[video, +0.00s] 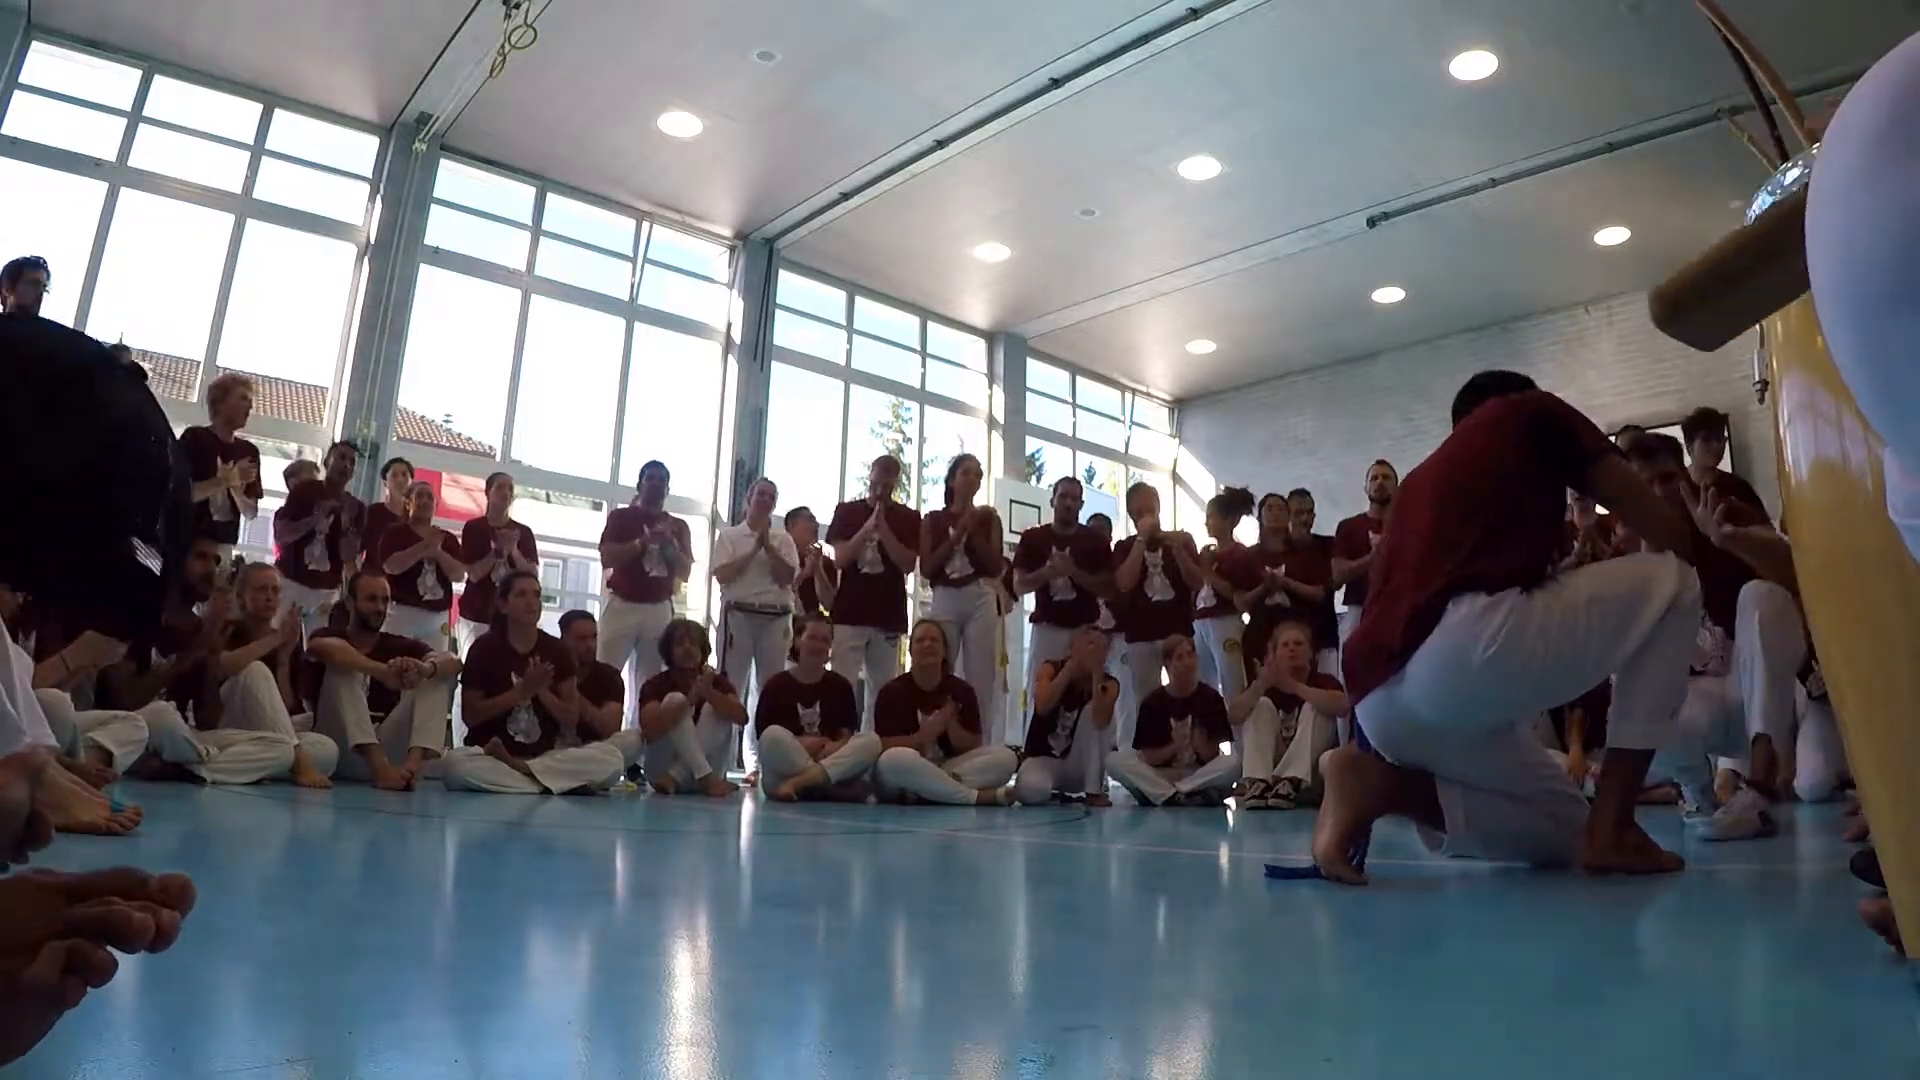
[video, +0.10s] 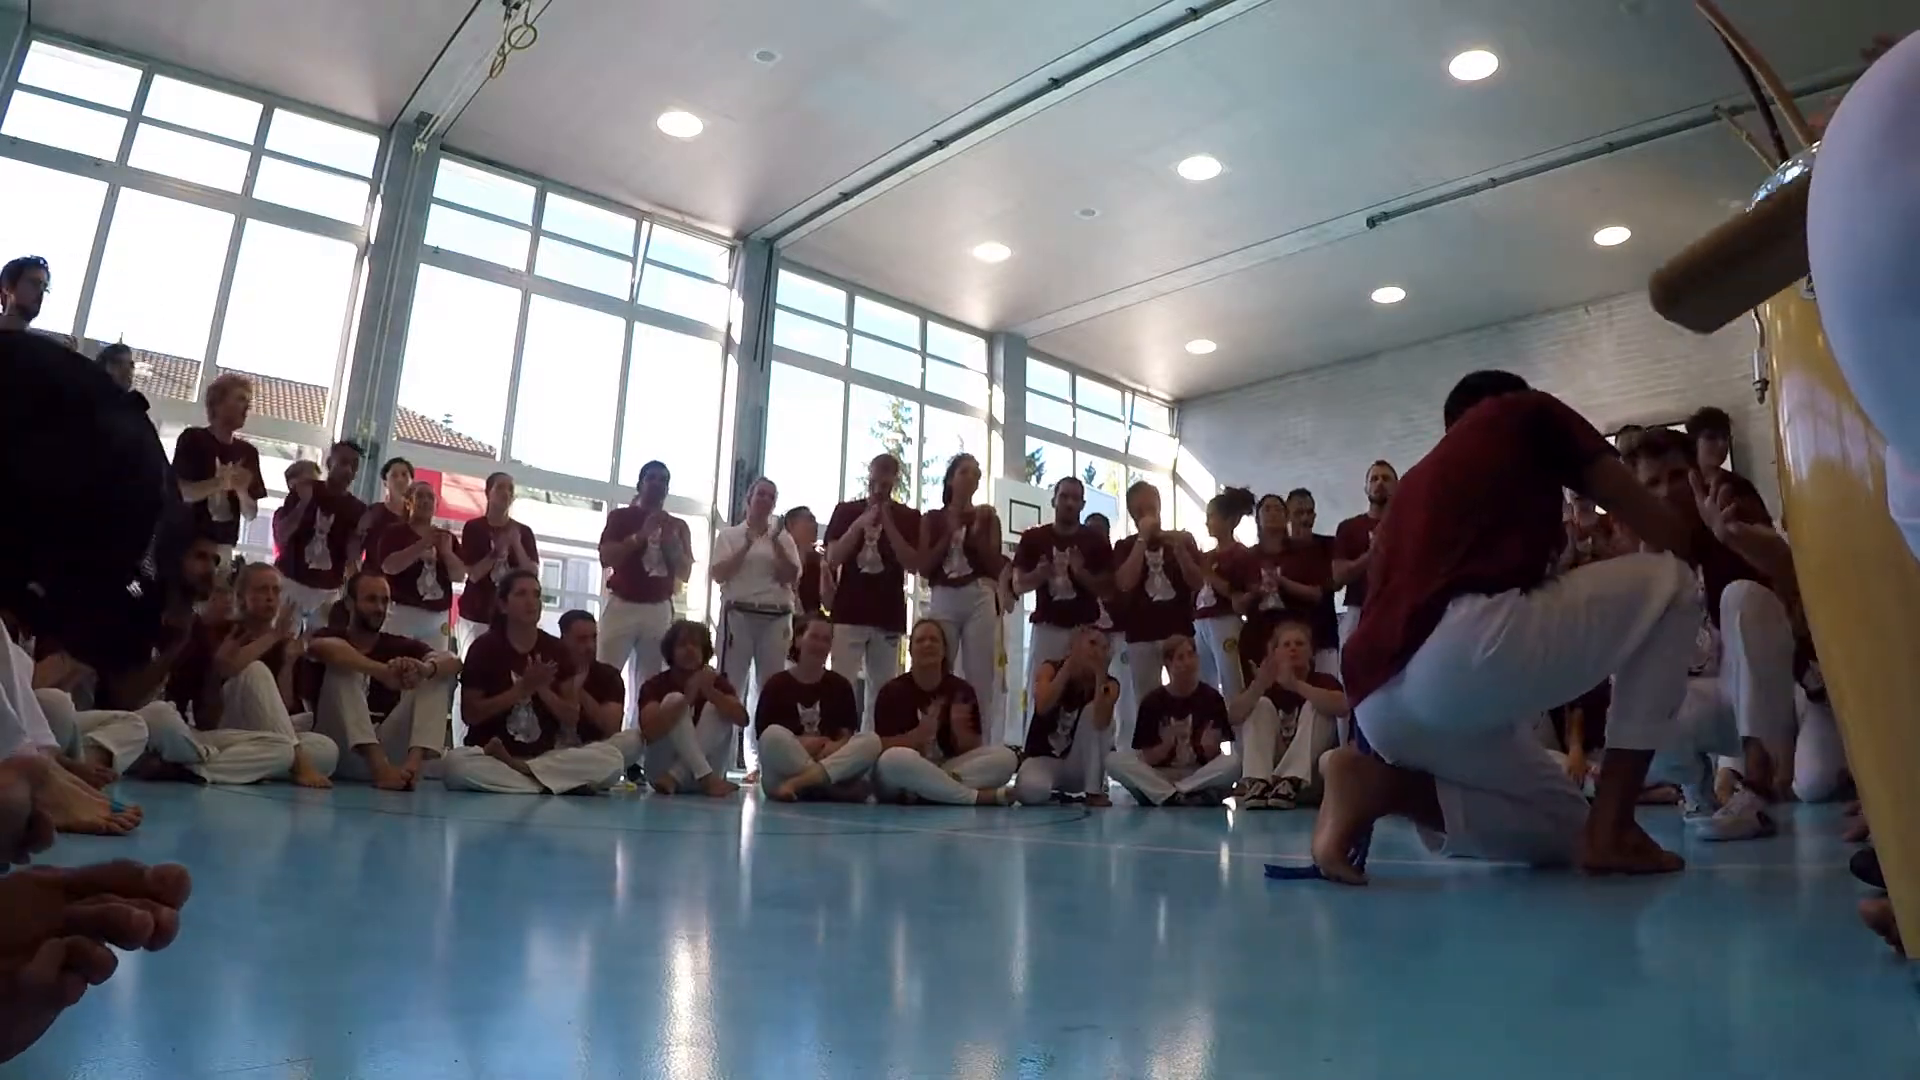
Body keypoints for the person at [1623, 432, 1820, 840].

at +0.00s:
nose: (1659, 493)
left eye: (1667, 480)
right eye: (1646, 485)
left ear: (1686, 475)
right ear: (1632, 490)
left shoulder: (1727, 493)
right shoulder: (1637, 531)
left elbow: (1783, 567)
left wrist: (1722, 535)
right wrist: (1644, 533)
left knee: (1760, 596)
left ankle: (1762, 769)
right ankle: (1697, 783)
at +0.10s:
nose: (1669, 491)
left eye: (1677, 476)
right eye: (1654, 484)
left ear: (1697, 474)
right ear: (1635, 491)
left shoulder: (1728, 507)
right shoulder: (1636, 541)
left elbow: (1785, 572)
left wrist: (1731, 535)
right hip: (1689, 684)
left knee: (1744, 596)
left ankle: (1754, 790)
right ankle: (1695, 778)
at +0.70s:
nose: (1685, 483)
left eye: (1699, 470)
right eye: (1674, 471)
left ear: (1730, 468)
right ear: (1663, 473)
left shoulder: (1765, 509)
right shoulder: (1662, 526)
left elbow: (1776, 580)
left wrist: (1675, 565)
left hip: (1781, 684)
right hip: (1700, 686)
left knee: (1728, 612)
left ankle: (1750, 789)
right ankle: (1711, 773)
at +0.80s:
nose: (1687, 493)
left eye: (1702, 478)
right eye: (1677, 479)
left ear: (1734, 471)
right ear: (1664, 477)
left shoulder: (1768, 510)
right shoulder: (1655, 526)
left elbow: (1782, 587)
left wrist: (1679, 562)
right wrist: (1604, 557)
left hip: (1784, 685)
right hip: (1702, 687)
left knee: (1725, 614)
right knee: (1598, 753)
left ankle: (1751, 787)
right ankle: (1718, 767)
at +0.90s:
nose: (1689, 490)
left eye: (1699, 473)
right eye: (1678, 477)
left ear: (1731, 469)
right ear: (1664, 479)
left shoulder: (1767, 509)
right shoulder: (1656, 527)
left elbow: (1787, 593)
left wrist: (1689, 568)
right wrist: (1602, 559)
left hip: (1787, 679)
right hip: (1703, 683)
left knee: (1722, 612)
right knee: (1590, 757)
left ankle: (1750, 788)